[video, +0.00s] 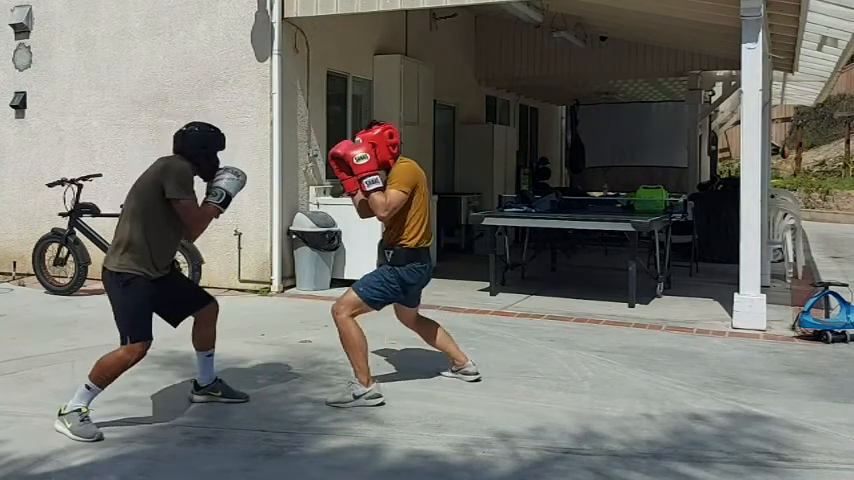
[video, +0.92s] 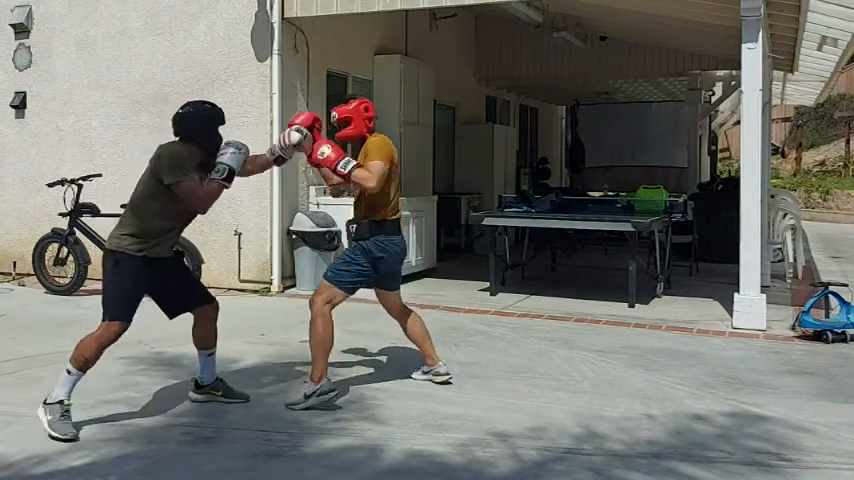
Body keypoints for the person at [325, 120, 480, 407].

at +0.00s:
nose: (368, 154)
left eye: (369, 148)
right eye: (366, 149)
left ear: (383, 147)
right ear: (387, 147)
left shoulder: (405, 169)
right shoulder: (392, 173)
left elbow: (383, 210)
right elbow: (365, 209)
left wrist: (367, 172)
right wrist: (349, 178)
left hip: (404, 265)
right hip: (413, 263)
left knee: (342, 310)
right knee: (409, 316)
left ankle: (365, 386)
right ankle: (463, 363)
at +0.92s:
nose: (341, 131)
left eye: (344, 124)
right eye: (339, 126)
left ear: (360, 121)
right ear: (363, 122)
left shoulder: (377, 143)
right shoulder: (366, 150)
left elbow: (372, 182)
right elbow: (336, 186)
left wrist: (341, 162)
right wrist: (319, 160)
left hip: (371, 243)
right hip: (388, 242)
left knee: (321, 302)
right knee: (397, 307)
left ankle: (318, 381)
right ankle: (434, 364)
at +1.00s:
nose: (337, 128)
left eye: (340, 121)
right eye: (336, 123)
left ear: (357, 118)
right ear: (364, 119)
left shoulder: (367, 138)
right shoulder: (373, 145)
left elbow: (349, 162)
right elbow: (338, 184)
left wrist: (315, 143)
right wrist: (314, 158)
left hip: (371, 240)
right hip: (392, 239)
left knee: (322, 306)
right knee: (397, 303)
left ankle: (319, 386)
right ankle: (433, 361)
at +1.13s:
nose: (329, 129)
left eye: (331, 123)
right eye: (329, 124)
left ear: (345, 121)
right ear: (362, 122)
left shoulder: (347, 141)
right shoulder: (386, 150)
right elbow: (362, 194)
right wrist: (328, 180)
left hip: (372, 246)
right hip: (399, 242)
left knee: (326, 310)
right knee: (401, 300)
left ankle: (320, 389)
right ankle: (441, 362)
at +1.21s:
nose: (329, 131)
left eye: (332, 125)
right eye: (328, 126)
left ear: (347, 122)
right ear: (361, 122)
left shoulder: (350, 145)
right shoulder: (388, 151)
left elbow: (310, 161)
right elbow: (371, 191)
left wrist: (270, 156)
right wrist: (338, 186)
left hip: (371, 247)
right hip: (400, 243)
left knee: (326, 310)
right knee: (410, 308)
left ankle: (320, 389)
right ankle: (451, 366)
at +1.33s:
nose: (336, 133)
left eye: (339, 125)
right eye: (335, 126)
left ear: (356, 125)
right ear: (367, 124)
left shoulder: (365, 150)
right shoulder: (390, 150)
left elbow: (358, 192)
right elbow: (369, 193)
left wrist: (322, 193)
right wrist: (337, 177)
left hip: (379, 247)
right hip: (404, 244)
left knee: (331, 309)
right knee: (418, 311)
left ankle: (319, 389)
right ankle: (459, 374)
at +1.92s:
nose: (320, 129)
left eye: (323, 121)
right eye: (320, 122)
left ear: (339, 121)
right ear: (352, 120)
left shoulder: (353, 143)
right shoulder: (374, 143)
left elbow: (329, 175)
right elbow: (338, 185)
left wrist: (304, 158)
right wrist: (311, 157)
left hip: (363, 248)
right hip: (393, 246)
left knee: (303, 300)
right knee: (404, 314)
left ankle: (299, 384)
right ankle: (440, 375)